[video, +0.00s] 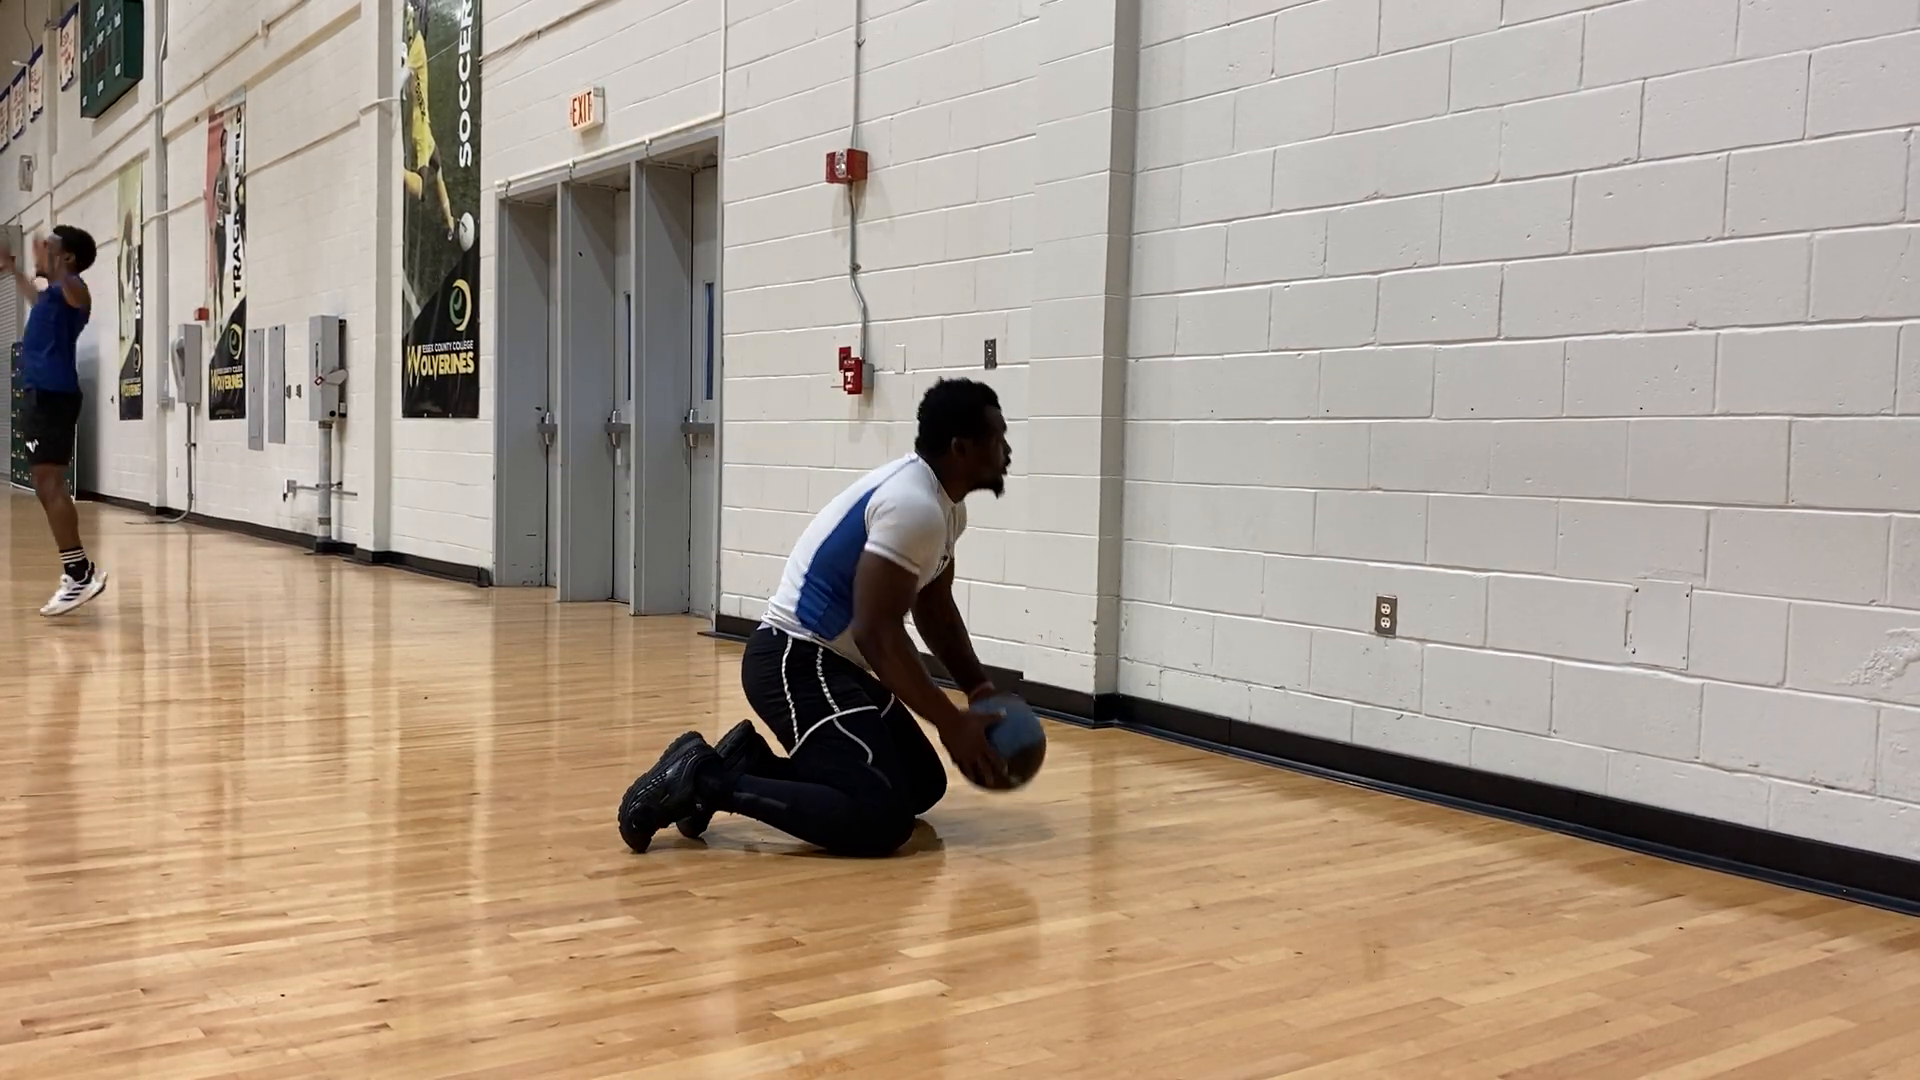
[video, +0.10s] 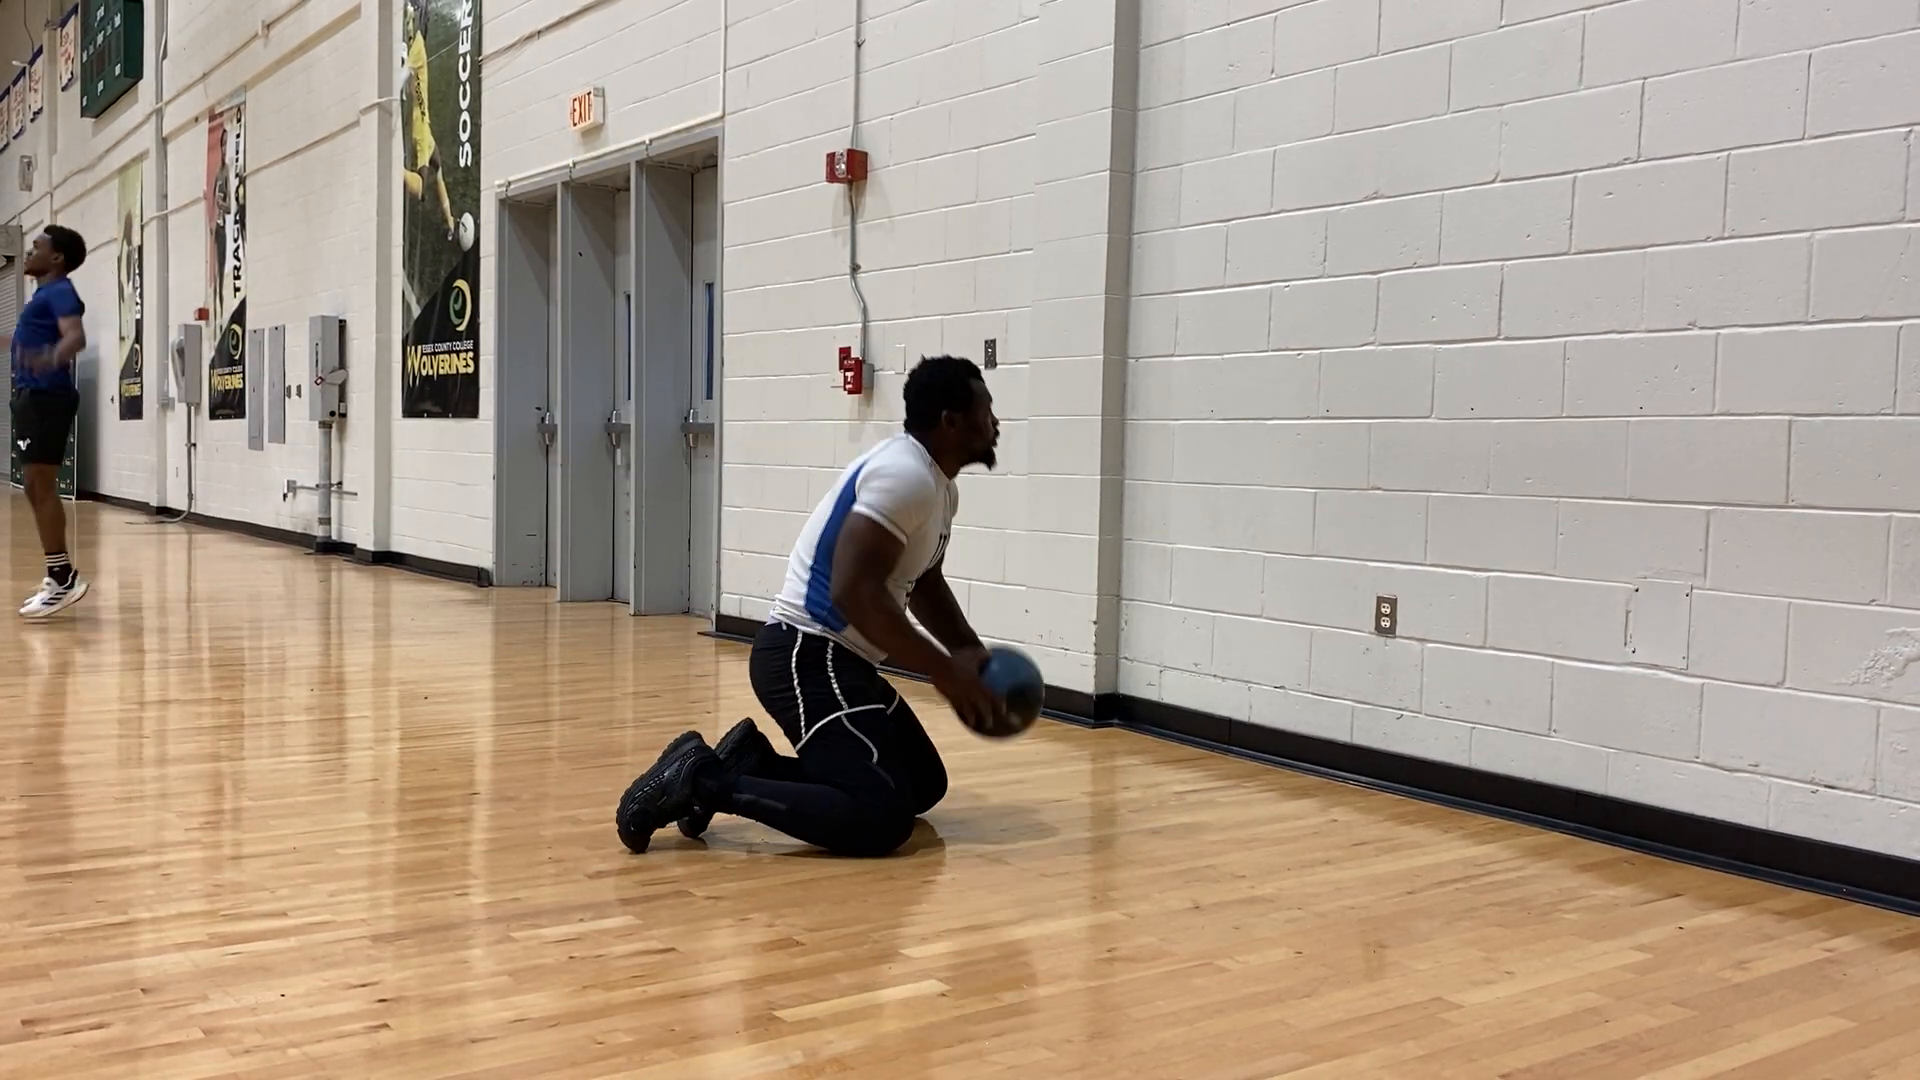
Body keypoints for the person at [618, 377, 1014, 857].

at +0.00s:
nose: (1009, 448)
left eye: (1005, 435)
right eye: (999, 436)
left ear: (957, 447)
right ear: (962, 447)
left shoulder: (943, 505)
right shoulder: (914, 503)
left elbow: (934, 605)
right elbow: (876, 632)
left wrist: (979, 691)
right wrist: (950, 723)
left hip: (832, 661)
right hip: (793, 659)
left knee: (919, 783)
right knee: (879, 823)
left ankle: (754, 765)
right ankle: (706, 782)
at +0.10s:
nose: (996, 421)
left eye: (991, 407)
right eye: (986, 409)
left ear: (948, 422)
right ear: (951, 421)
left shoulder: (939, 487)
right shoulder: (905, 475)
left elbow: (925, 582)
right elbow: (855, 592)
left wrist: (977, 662)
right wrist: (945, 671)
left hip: (841, 657)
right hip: (805, 655)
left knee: (921, 783)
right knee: (879, 821)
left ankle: (760, 766)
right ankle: (701, 780)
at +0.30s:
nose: (977, 386)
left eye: (972, 374)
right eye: (967, 374)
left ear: (929, 388)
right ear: (933, 386)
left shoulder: (927, 454)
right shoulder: (892, 432)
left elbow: (896, 559)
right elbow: (822, 524)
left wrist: (960, 612)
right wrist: (929, 573)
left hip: (862, 650)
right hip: (827, 645)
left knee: (926, 785)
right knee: (877, 820)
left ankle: (765, 765)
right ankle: (699, 779)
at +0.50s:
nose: (961, 367)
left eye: (954, 355)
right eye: (950, 356)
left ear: (916, 377)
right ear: (920, 375)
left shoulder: (920, 450)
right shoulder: (878, 429)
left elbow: (899, 562)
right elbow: (821, 530)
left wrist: (961, 587)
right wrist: (934, 545)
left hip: (871, 649)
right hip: (833, 641)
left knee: (925, 787)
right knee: (858, 822)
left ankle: (770, 760)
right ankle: (681, 766)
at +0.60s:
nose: (949, 361)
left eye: (941, 348)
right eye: (936, 352)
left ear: (902, 378)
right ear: (904, 375)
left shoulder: (912, 446)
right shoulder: (863, 436)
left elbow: (897, 560)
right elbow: (821, 543)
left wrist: (961, 571)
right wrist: (928, 537)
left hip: (871, 651)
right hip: (829, 643)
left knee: (925, 788)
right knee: (844, 823)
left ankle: (769, 760)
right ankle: (673, 762)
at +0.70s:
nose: (928, 358)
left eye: (918, 347)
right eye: (912, 352)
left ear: (884, 382)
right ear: (880, 382)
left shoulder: (907, 442)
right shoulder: (835, 447)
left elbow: (904, 538)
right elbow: (811, 555)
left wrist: (963, 550)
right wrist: (919, 535)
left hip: (871, 656)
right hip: (819, 652)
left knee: (924, 790)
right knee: (841, 830)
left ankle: (765, 762)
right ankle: (672, 763)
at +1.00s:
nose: (857, 367)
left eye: (855, 353)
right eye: (837, 361)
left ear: (859, 347)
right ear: (790, 379)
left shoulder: (886, 423)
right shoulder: (762, 450)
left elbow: (954, 500)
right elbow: (674, 542)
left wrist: (934, 504)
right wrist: (793, 526)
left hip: (855, 657)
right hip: (796, 654)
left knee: (889, 793)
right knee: (837, 831)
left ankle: (717, 755)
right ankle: (667, 765)